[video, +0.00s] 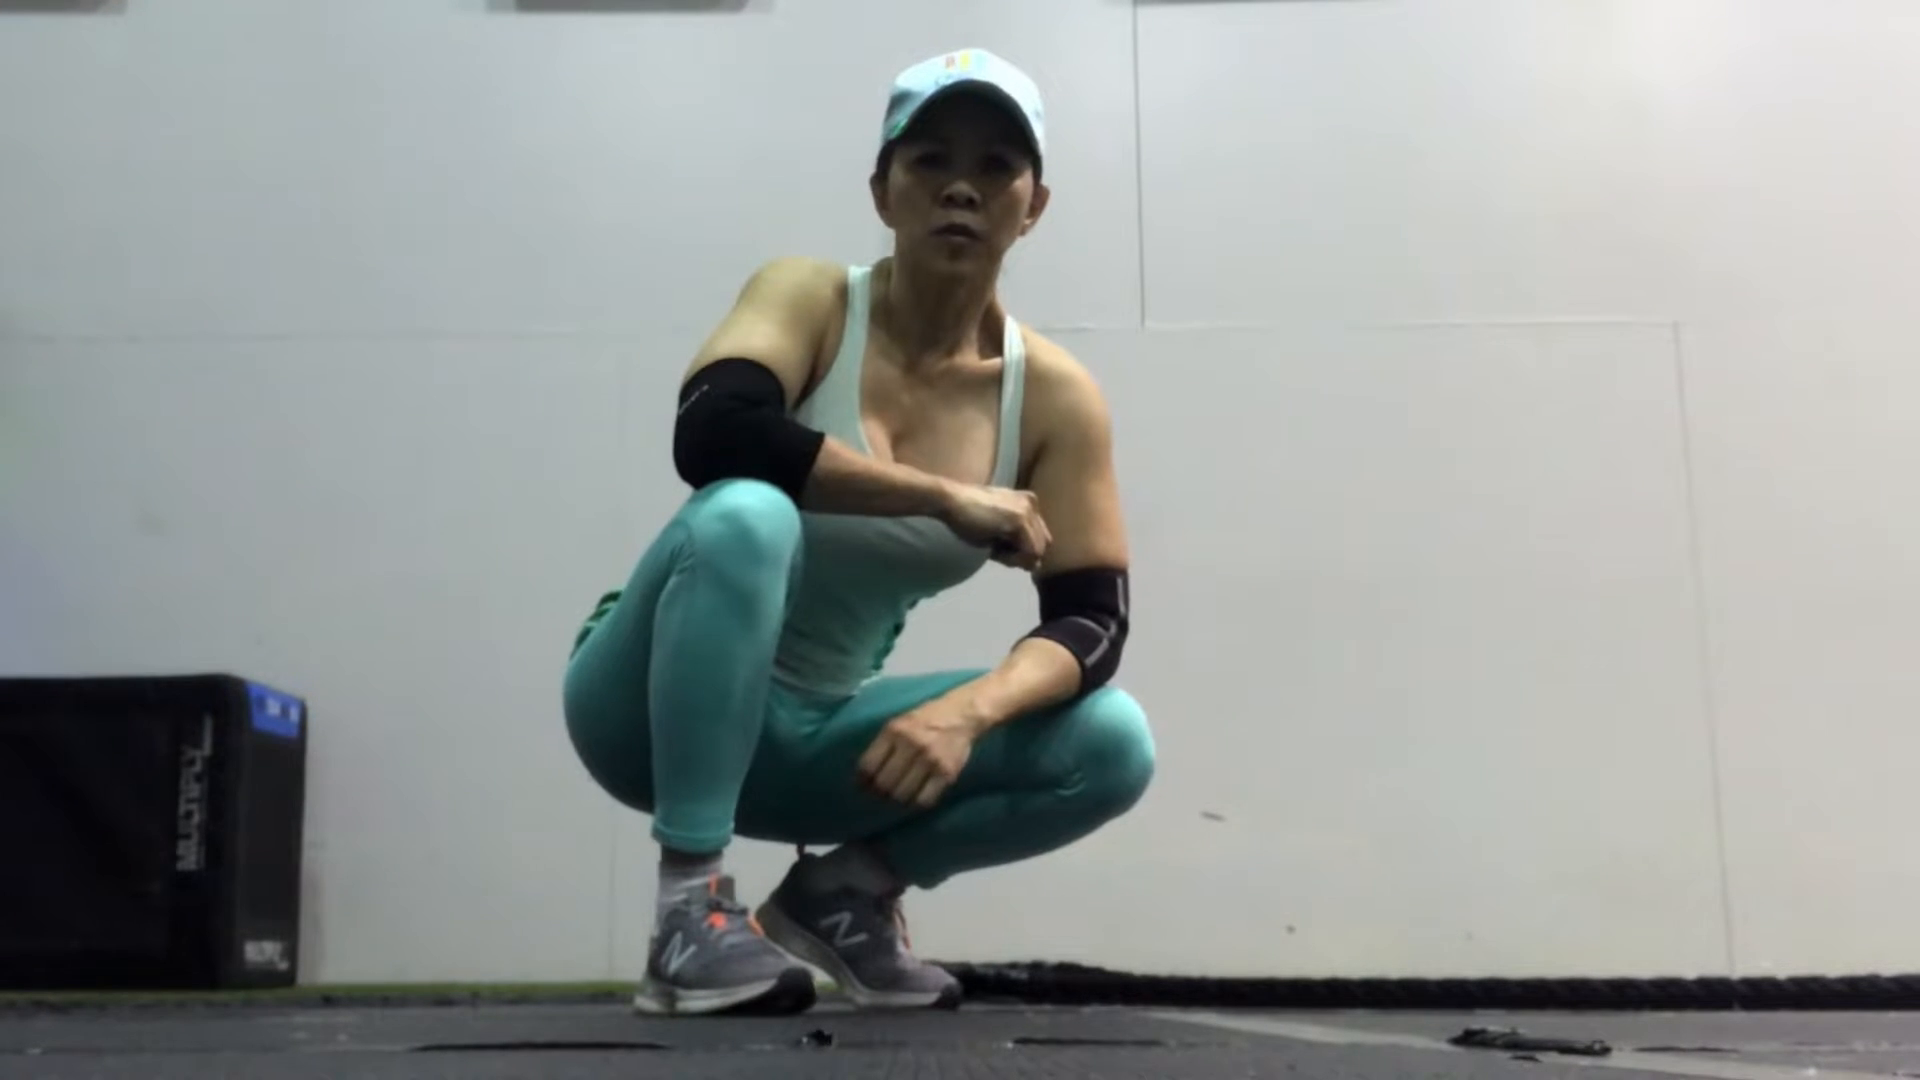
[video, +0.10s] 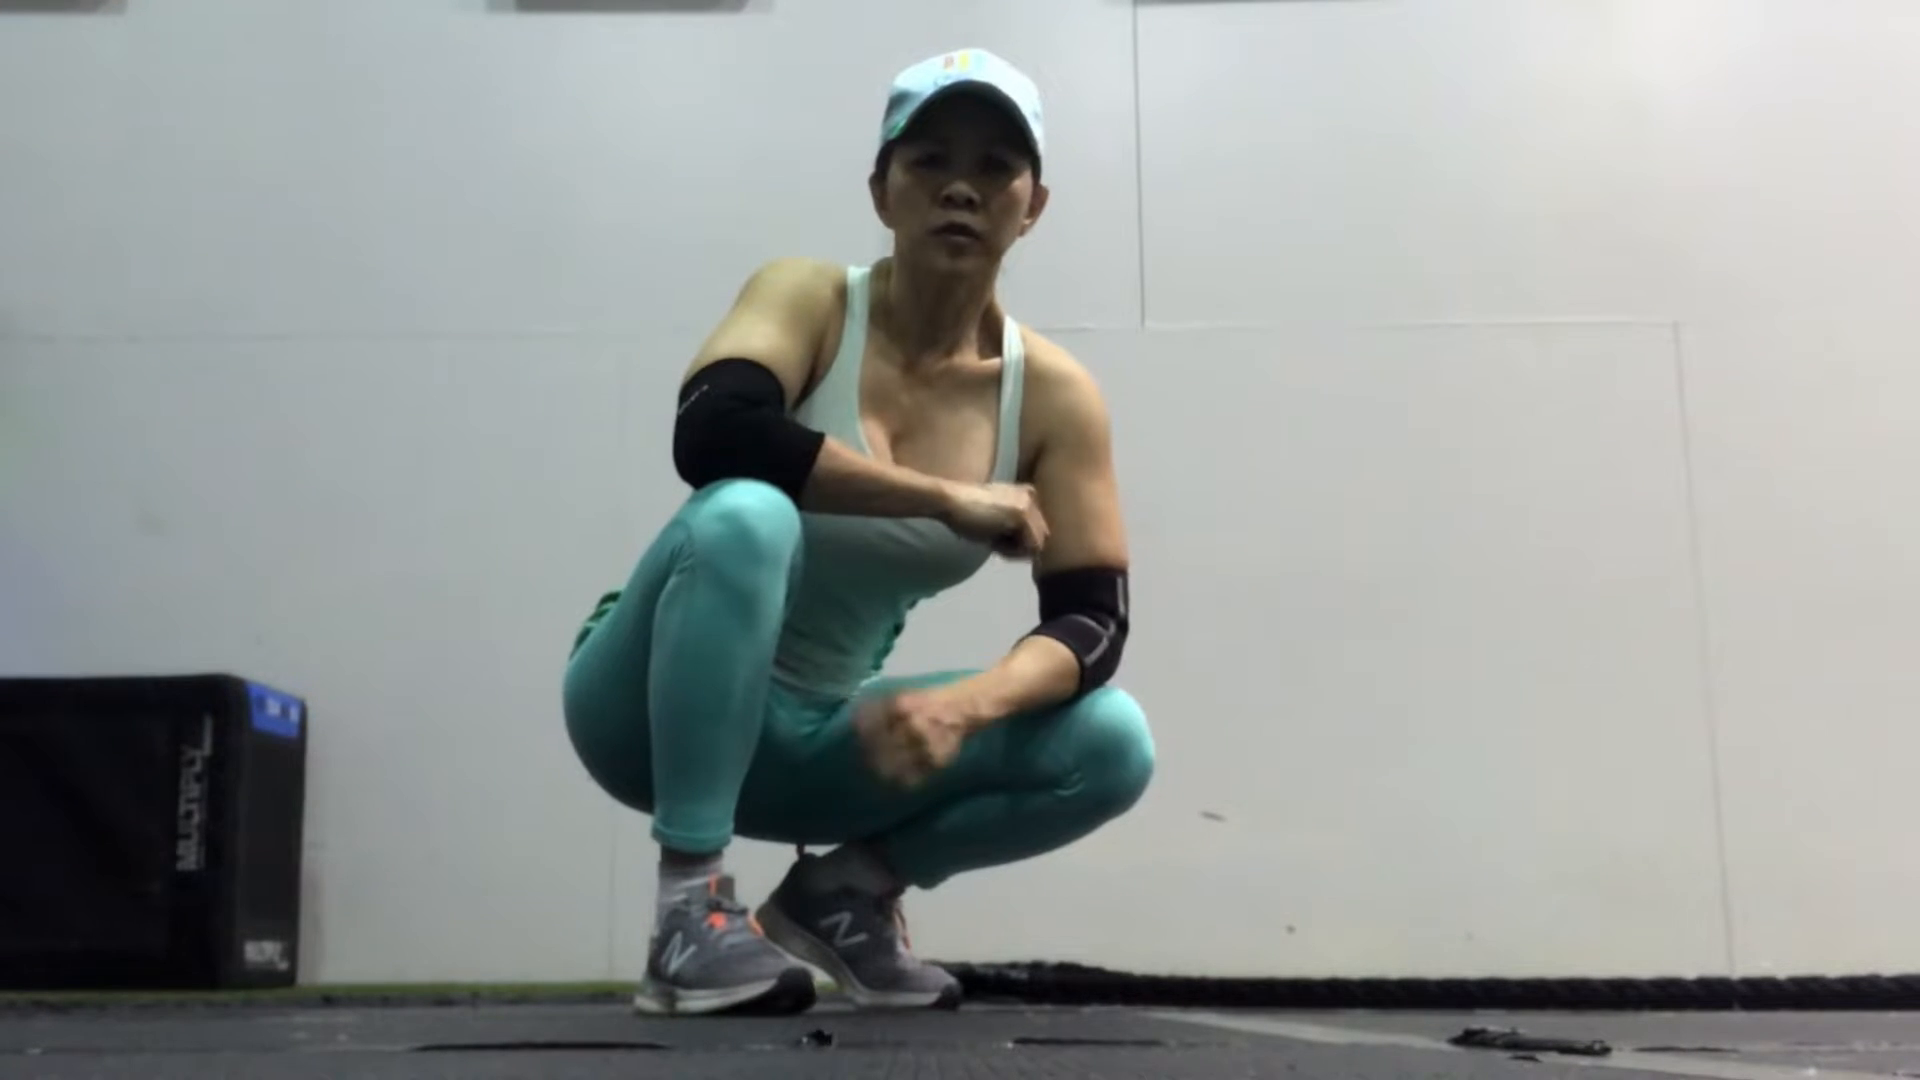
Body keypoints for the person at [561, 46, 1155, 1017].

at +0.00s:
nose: (960, 187)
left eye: (992, 165)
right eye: (931, 159)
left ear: (1033, 202)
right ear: (883, 189)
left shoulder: (1054, 398)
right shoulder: (804, 297)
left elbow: (1090, 621)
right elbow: (714, 434)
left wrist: (968, 710)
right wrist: (943, 498)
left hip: (821, 740)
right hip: (658, 705)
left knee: (1110, 745)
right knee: (747, 517)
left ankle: (840, 891)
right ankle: (691, 910)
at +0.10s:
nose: (960, 188)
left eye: (992, 166)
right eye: (931, 160)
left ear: (1032, 202)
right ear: (882, 188)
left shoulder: (1053, 397)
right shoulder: (803, 298)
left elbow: (1090, 623)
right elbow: (715, 434)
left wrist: (966, 704)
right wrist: (948, 501)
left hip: (823, 744)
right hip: (659, 709)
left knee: (1109, 745)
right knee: (746, 518)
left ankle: (840, 891)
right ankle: (691, 910)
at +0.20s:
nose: (958, 188)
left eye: (990, 165)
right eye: (929, 160)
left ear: (1032, 201)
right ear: (881, 188)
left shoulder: (1052, 396)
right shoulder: (801, 298)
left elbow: (1089, 625)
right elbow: (716, 435)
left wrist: (972, 691)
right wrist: (949, 493)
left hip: (831, 738)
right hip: (662, 707)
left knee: (1108, 744)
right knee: (746, 517)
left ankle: (840, 892)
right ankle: (691, 910)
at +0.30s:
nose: (956, 188)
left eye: (989, 165)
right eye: (927, 160)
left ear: (1030, 201)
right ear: (880, 187)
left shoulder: (1051, 396)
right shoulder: (799, 299)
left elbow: (1088, 622)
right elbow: (719, 436)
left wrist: (976, 703)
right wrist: (949, 496)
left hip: (826, 739)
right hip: (660, 708)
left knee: (1107, 744)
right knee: (747, 517)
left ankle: (839, 892)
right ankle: (691, 911)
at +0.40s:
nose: (955, 187)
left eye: (988, 165)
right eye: (926, 159)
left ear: (1029, 201)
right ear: (879, 187)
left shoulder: (1049, 396)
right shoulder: (800, 299)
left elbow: (1088, 622)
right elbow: (718, 436)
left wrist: (972, 705)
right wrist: (948, 498)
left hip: (821, 743)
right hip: (657, 709)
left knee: (1108, 744)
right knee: (748, 518)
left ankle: (839, 892)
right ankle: (691, 911)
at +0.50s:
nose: (956, 187)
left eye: (988, 164)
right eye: (926, 160)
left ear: (1028, 202)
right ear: (878, 188)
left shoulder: (1048, 395)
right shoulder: (799, 300)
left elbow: (1088, 622)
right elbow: (719, 436)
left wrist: (969, 705)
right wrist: (948, 496)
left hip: (819, 745)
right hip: (656, 710)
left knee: (1108, 743)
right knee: (749, 517)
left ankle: (840, 892)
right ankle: (691, 911)